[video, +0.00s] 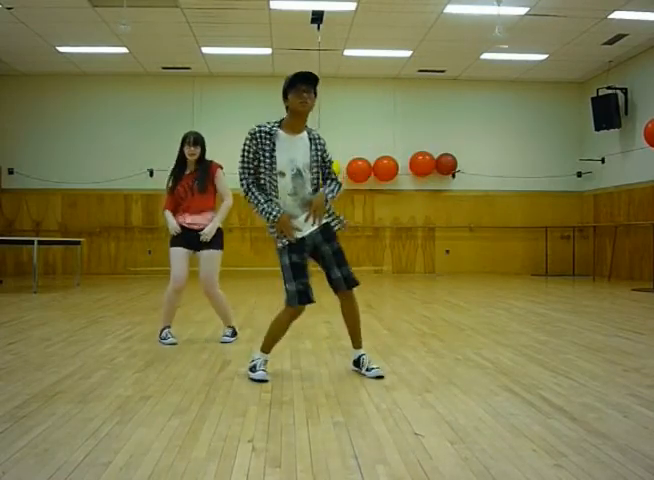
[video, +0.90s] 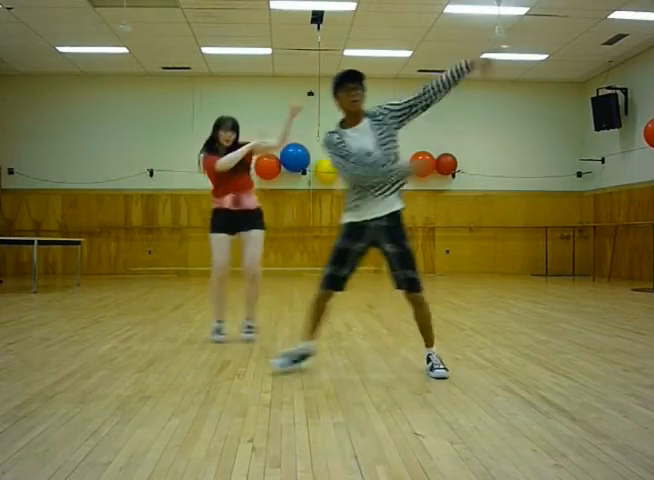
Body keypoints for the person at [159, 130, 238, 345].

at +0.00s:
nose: (191, 149)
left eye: (195, 146)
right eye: (187, 145)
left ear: (202, 148)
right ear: (182, 148)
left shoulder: (213, 169)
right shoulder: (177, 174)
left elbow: (228, 198)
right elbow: (168, 204)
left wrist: (215, 224)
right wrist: (170, 219)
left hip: (209, 229)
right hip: (182, 229)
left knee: (209, 283)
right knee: (178, 281)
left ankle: (230, 327)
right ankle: (165, 328)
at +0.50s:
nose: (201, 149)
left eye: (205, 145)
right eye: (197, 146)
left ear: (211, 148)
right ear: (191, 150)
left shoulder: (224, 175)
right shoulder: (187, 178)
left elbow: (232, 208)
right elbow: (167, 204)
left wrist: (218, 233)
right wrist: (160, 224)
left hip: (209, 233)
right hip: (181, 229)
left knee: (214, 286)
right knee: (178, 279)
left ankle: (229, 327)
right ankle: (166, 328)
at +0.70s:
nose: (210, 151)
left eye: (214, 147)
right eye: (206, 148)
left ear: (220, 151)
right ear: (200, 153)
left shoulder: (235, 175)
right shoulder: (197, 182)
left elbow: (252, 201)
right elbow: (185, 217)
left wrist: (260, 182)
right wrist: (203, 203)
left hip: (226, 234)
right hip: (197, 231)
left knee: (224, 286)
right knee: (186, 281)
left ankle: (231, 326)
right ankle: (167, 328)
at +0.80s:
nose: (218, 141)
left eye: (222, 137)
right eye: (214, 137)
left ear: (228, 140)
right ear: (207, 140)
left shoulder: (241, 159)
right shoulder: (205, 165)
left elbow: (270, 173)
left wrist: (276, 149)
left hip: (239, 221)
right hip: (211, 220)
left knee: (236, 278)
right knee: (198, 275)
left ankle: (234, 326)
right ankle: (185, 325)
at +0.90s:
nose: (228, 135)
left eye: (232, 132)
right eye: (224, 131)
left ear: (237, 134)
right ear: (216, 132)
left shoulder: (244, 150)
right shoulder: (209, 156)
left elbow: (278, 147)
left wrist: (290, 119)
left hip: (250, 212)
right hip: (223, 213)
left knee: (252, 269)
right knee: (220, 270)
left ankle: (250, 321)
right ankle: (218, 322)